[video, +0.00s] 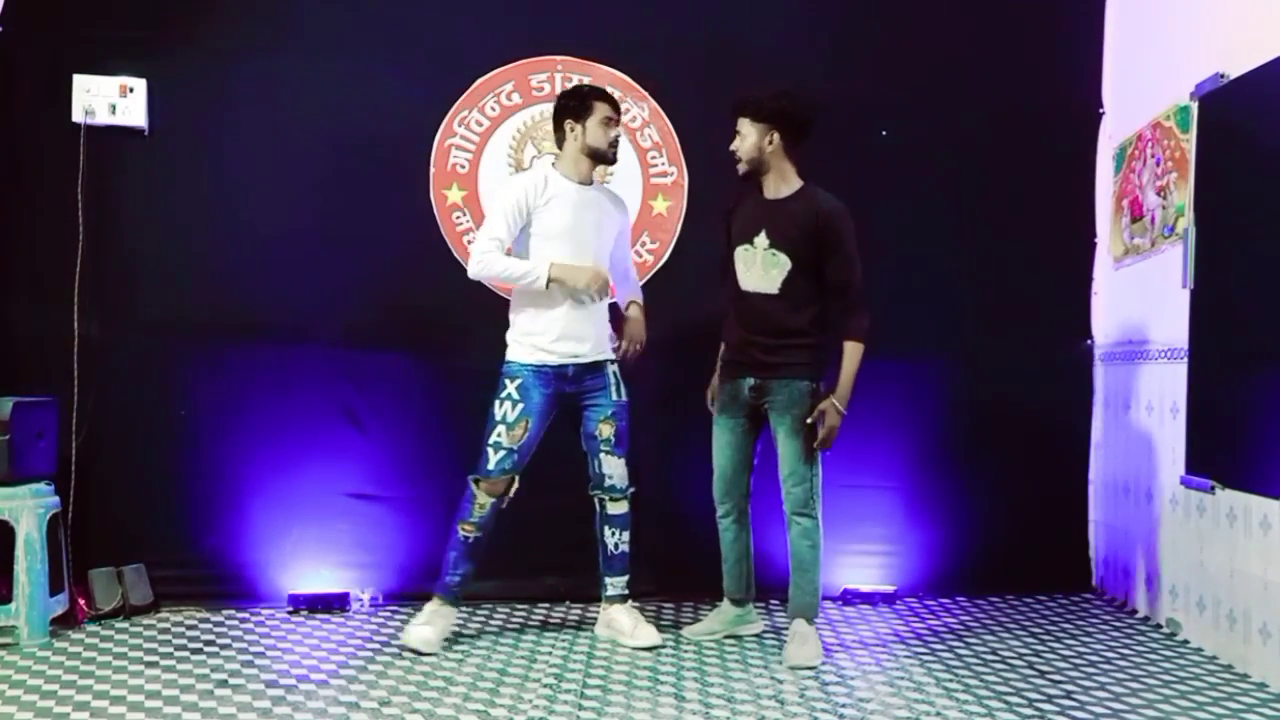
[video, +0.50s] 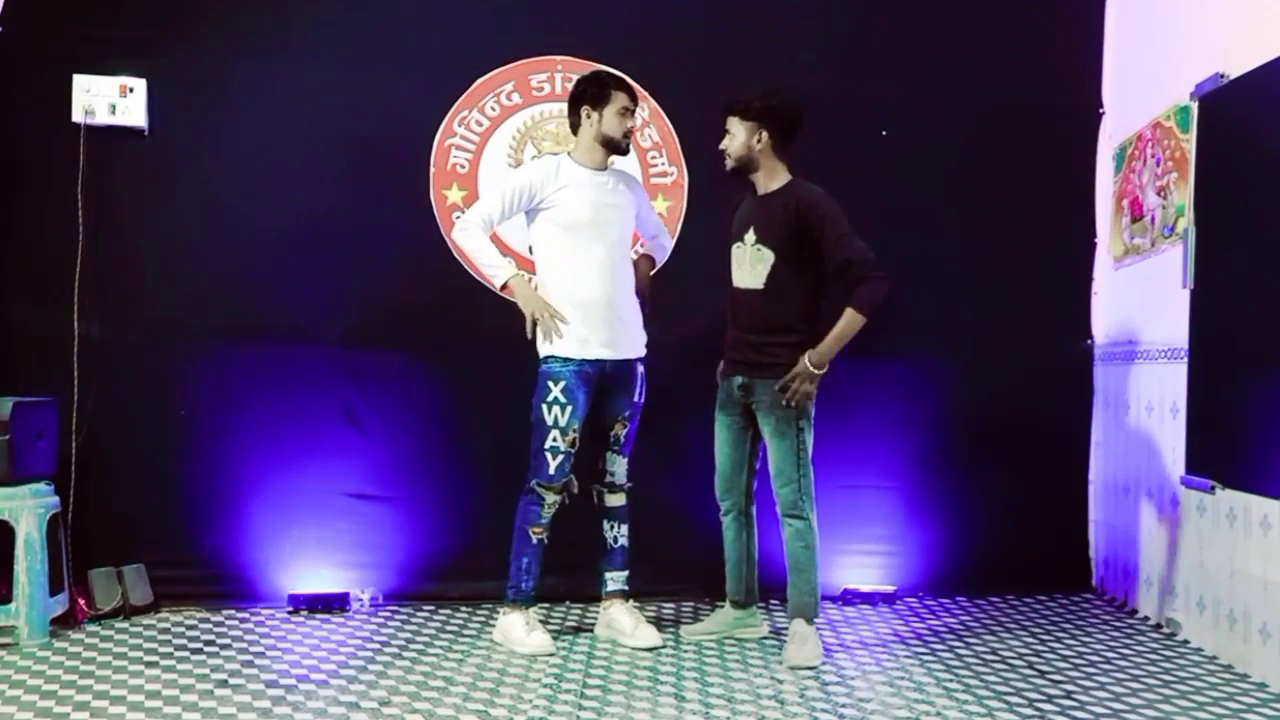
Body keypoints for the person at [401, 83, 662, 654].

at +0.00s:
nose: (617, 133)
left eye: (618, 125)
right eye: (607, 123)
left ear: (591, 133)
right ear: (571, 128)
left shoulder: (614, 207)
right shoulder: (525, 188)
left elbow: (624, 272)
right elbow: (483, 262)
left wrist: (634, 308)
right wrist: (556, 273)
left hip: (598, 362)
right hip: (532, 360)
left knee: (613, 481)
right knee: (493, 479)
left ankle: (616, 605)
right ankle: (445, 603)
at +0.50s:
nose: (632, 123)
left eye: (633, 114)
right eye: (623, 112)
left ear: (613, 119)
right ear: (587, 113)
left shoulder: (629, 184)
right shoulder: (541, 175)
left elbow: (660, 241)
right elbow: (469, 226)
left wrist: (639, 268)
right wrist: (519, 285)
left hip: (626, 351)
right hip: (566, 350)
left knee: (616, 481)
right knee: (549, 481)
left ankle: (615, 604)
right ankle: (516, 612)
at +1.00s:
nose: (640, 125)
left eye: (642, 116)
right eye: (632, 114)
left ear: (621, 121)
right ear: (595, 115)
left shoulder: (636, 185)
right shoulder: (546, 177)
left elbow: (672, 248)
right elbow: (485, 246)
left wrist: (655, 263)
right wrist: (527, 306)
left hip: (634, 353)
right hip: (573, 353)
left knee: (619, 480)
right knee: (551, 480)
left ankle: (616, 605)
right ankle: (516, 611)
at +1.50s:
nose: (639, 123)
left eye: (642, 115)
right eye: (630, 113)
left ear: (630, 121)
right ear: (593, 114)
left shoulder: (638, 187)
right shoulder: (547, 176)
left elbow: (676, 252)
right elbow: (485, 244)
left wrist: (654, 262)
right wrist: (531, 295)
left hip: (629, 353)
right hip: (566, 352)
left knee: (617, 480)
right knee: (546, 479)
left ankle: (615, 605)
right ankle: (516, 611)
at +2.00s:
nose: (598, 145)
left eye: (606, 133)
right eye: (587, 134)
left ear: (620, 127)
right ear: (566, 128)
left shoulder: (642, 187)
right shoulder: (550, 179)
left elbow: (685, 251)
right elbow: (497, 180)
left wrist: (666, 259)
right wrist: (533, 125)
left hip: (626, 351)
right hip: (562, 349)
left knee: (617, 480)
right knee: (543, 478)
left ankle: (615, 604)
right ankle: (516, 610)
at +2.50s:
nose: (585, 152)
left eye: (594, 141)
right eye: (576, 142)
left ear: (613, 129)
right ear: (559, 134)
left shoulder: (644, 187)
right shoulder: (549, 180)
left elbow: (690, 245)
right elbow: (489, 154)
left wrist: (655, 260)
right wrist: (542, 117)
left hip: (623, 353)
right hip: (557, 350)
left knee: (616, 478)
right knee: (542, 476)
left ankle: (616, 604)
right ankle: (516, 610)